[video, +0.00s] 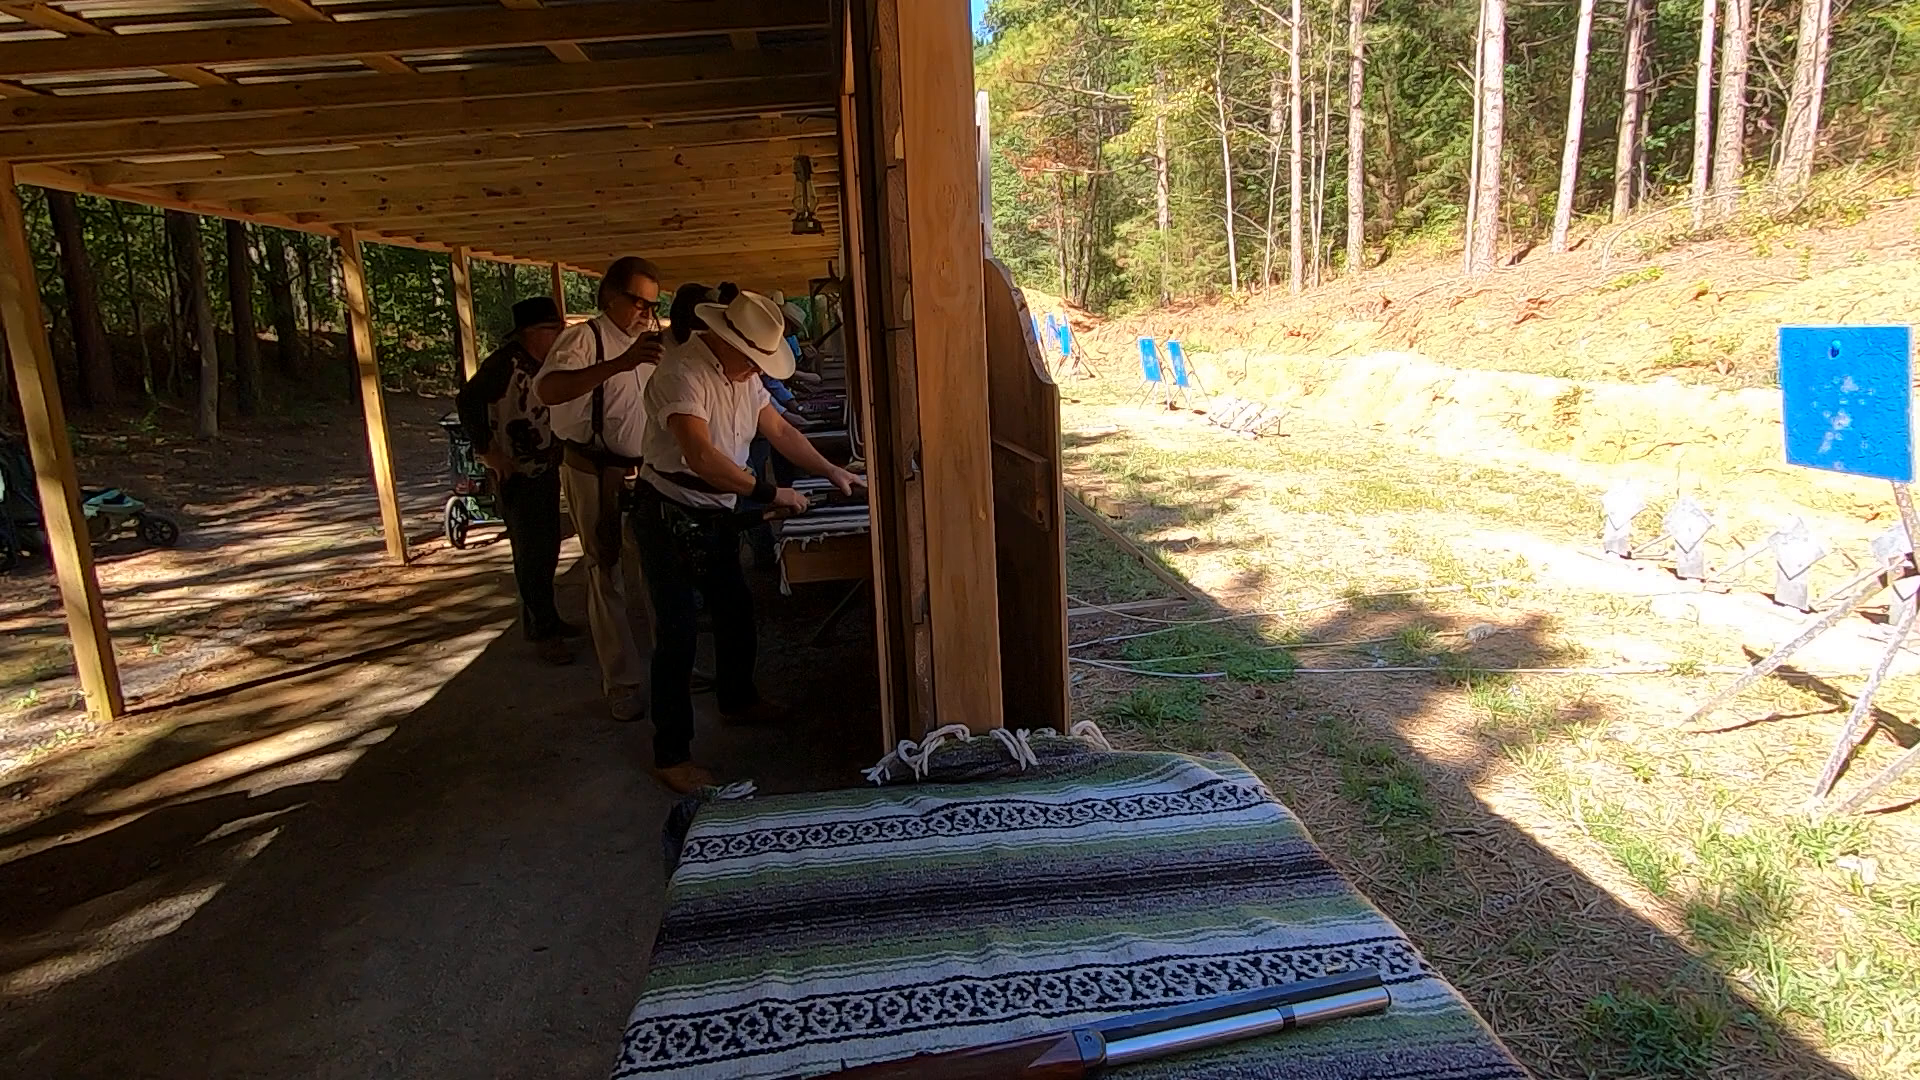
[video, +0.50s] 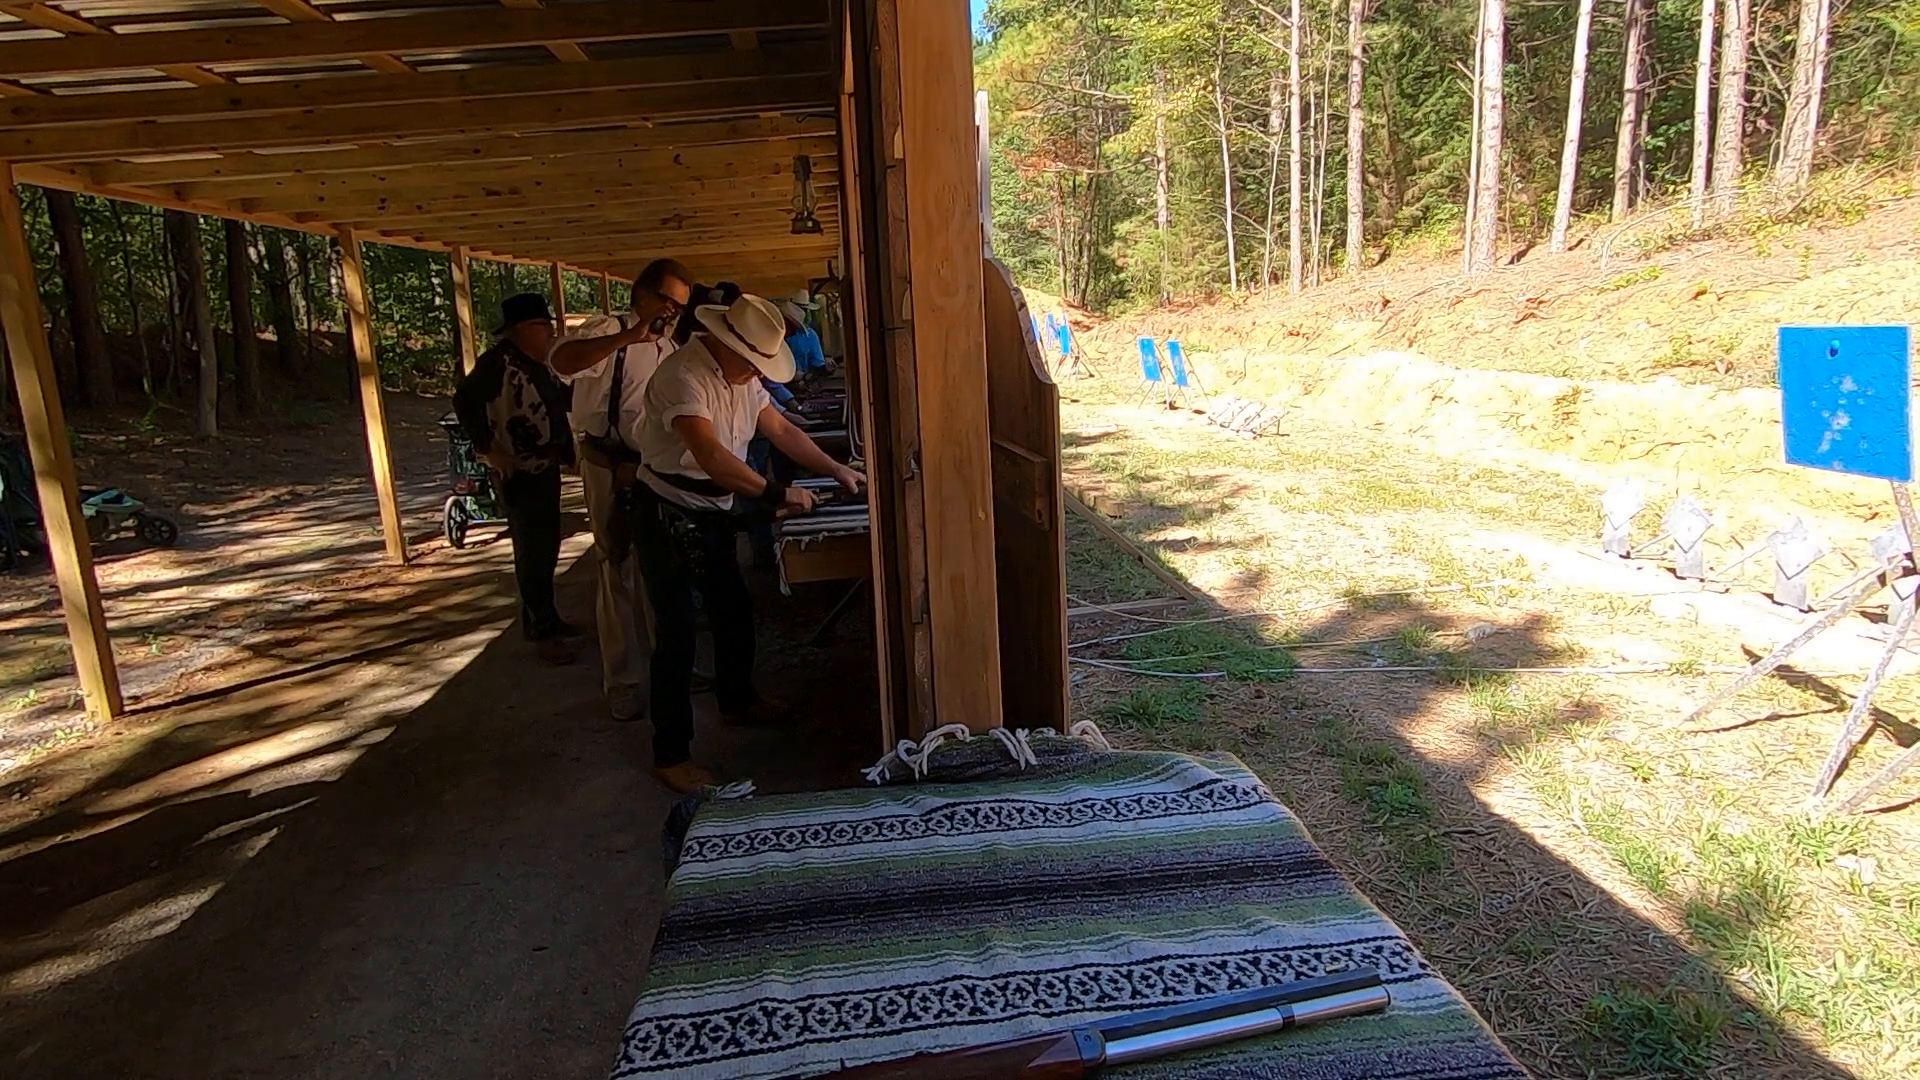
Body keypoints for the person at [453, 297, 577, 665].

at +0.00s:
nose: (556, 337)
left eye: (558, 330)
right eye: (549, 330)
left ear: (556, 332)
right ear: (527, 332)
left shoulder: (554, 364)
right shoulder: (504, 362)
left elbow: (563, 407)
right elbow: (467, 400)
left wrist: (562, 443)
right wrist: (486, 450)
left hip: (547, 470)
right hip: (516, 474)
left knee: (548, 548)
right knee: (530, 551)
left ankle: (546, 620)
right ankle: (542, 631)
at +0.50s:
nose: (549, 334)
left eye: (548, 326)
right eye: (541, 326)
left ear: (540, 329)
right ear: (519, 330)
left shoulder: (542, 364)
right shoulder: (497, 362)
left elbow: (556, 409)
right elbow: (465, 399)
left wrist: (566, 449)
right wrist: (486, 447)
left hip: (546, 470)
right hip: (518, 472)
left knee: (547, 546)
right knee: (532, 549)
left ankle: (546, 619)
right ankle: (539, 627)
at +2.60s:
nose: (561, 338)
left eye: (561, 330)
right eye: (555, 330)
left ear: (543, 332)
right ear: (533, 331)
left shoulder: (546, 365)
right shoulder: (504, 361)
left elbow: (553, 409)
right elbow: (467, 399)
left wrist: (566, 444)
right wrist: (490, 448)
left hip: (552, 471)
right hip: (525, 474)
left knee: (552, 549)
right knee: (536, 552)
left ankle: (549, 620)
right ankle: (540, 630)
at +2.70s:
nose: (561, 337)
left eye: (561, 330)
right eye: (555, 330)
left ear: (543, 332)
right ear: (533, 331)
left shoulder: (546, 365)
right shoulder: (504, 361)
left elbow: (552, 409)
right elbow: (467, 398)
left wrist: (566, 442)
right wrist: (490, 447)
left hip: (552, 471)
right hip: (525, 474)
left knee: (551, 549)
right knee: (535, 552)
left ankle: (549, 620)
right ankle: (540, 629)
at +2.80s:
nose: (560, 337)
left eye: (560, 330)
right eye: (554, 330)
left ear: (545, 332)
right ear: (531, 331)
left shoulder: (545, 364)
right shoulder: (504, 361)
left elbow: (550, 409)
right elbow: (467, 398)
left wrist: (565, 445)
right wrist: (489, 447)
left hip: (551, 471)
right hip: (525, 474)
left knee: (552, 549)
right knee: (536, 552)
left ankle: (548, 620)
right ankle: (540, 630)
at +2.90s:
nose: (559, 338)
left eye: (559, 331)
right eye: (553, 331)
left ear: (547, 332)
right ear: (531, 330)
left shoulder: (545, 364)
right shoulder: (504, 362)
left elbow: (552, 409)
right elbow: (467, 398)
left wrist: (566, 444)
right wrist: (490, 447)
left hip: (552, 471)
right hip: (524, 474)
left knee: (552, 549)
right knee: (536, 552)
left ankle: (549, 619)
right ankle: (540, 630)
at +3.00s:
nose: (559, 338)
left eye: (559, 330)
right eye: (553, 330)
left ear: (547, 332)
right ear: (531, 331)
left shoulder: (545, 364)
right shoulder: (504, 361)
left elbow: (550, 410)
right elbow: (467, 399)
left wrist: (564, 446)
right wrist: (490, 448)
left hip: (551, 472)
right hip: (525, 475)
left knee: (552, 550)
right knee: (536, 553)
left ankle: (549, 621)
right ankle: (541, 631)